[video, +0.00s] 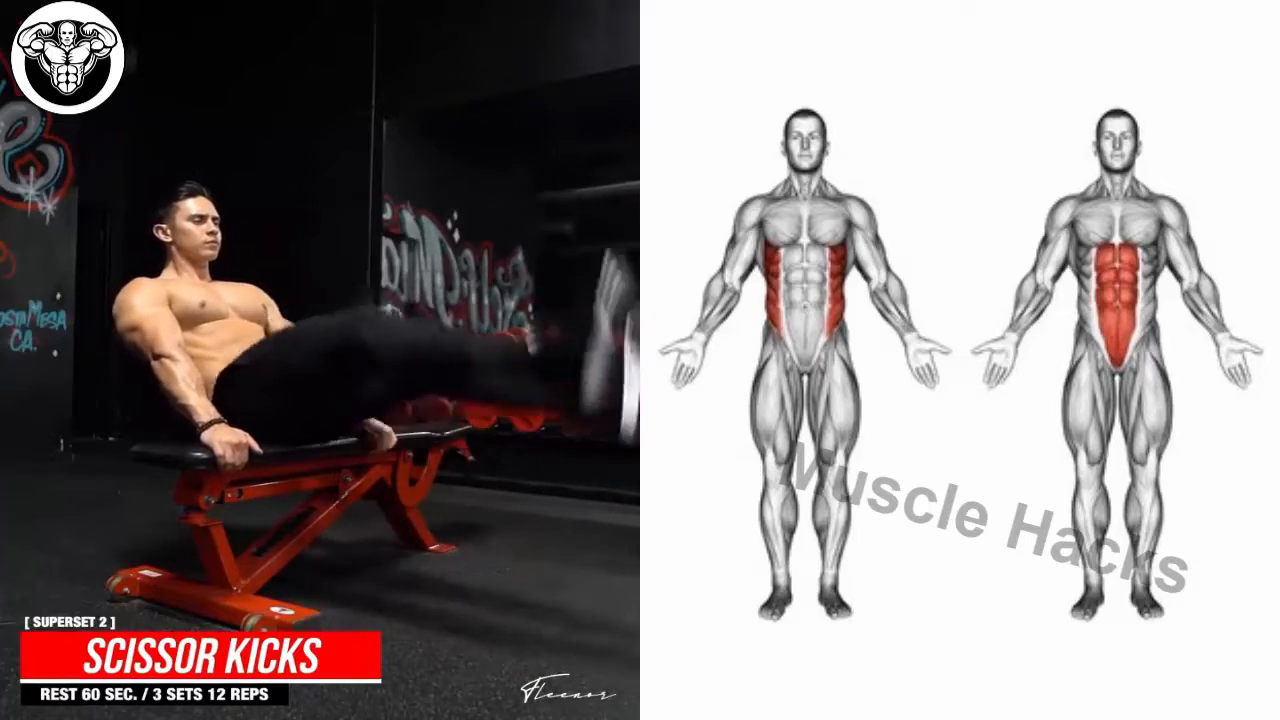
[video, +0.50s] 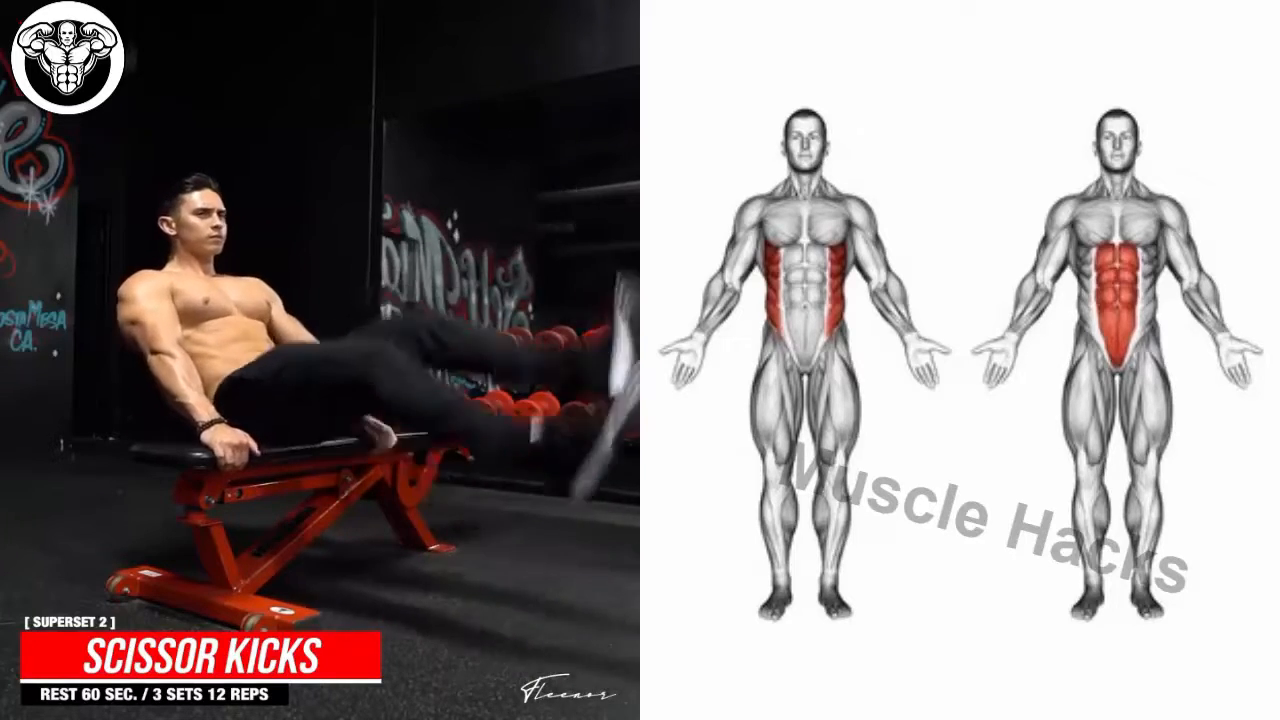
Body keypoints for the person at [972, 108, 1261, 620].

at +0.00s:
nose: (1116, 145)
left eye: (1124, 138)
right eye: (1108, 138)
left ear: (1137, 145)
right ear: (1097, 146)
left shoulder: (1164, 211)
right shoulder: (1070, 211)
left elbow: (1193, 282)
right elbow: (1041, 282)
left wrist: (1221, 335)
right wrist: (1012, 336)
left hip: (1144, 355)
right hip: (1089, 354)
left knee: (1145, 466)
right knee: (1088, 466)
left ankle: (1141, 581)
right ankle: (1092, 583)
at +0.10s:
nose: (1116, 146)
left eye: (1124, 138)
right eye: (1108, 138)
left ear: (1137, 145)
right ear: (1097, 145)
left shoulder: (1164, 211)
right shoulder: (1070, 211)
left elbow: (1193, 282)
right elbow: (1041, 281)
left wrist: (1222, 335)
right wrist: (1012, 336)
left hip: (1144, 355)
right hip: (1089, 354)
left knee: (1145, 465)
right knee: (1088, 466)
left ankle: (1141, 581)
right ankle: (1092, 583)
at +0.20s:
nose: (1116, 145)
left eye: (1124, 138)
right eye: (1108, 138)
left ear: (1137, 145)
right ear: (1097, 146)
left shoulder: (1164, 211)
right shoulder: (1070, 211)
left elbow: (1193, 282)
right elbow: (1041, 282)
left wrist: (1221, 335)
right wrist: (1012, 336)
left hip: (1144, 355)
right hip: (1089, 354)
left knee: (1145, 466)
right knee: (1088, 466)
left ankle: (1141, 581)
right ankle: (1092, 583)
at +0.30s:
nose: (1116, 145)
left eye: (1124, 138)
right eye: (1108, 138)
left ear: (1137, 145)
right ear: (1097, 146)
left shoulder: (1164, 211)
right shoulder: (1070, 211)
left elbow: (1193, 282)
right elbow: (1041, 282)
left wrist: (1221, 335)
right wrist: (1012, 336)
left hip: (1144, 355)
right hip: (1089, 354)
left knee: (1145, 466)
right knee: (1088, 466)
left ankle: (1141, 582)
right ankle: (1092, 583)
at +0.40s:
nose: (1116, 146)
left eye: (1124, 138)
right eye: (1109, 138)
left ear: (1137, 145)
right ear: (1097, 145)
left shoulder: (1164, 211)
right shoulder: (1070, 211)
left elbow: (1193, 282)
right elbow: (1041, 282)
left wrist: (1221, 335)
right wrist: (1012, 336)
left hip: (1144, 355)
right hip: (1089, 354)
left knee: (1145, 466)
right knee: (1088, 466)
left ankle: (1141, 582)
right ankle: (1092, 583)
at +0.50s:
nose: (1116, 146)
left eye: (1124, 138)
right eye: (1109, 138)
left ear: (1137, 145)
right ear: (1097, 145)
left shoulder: (1164, 211)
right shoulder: (1070, 211)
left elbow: (1193, 282)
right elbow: (1041, 282)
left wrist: (1222, 335)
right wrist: (1012, 336)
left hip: (1144, 355)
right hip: (1089, 354)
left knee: (1145, 466)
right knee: (1088, 467)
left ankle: (1141, 581)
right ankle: (1092, 583)